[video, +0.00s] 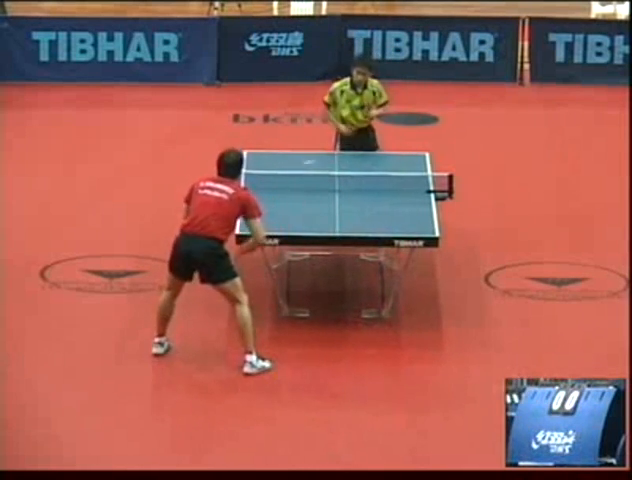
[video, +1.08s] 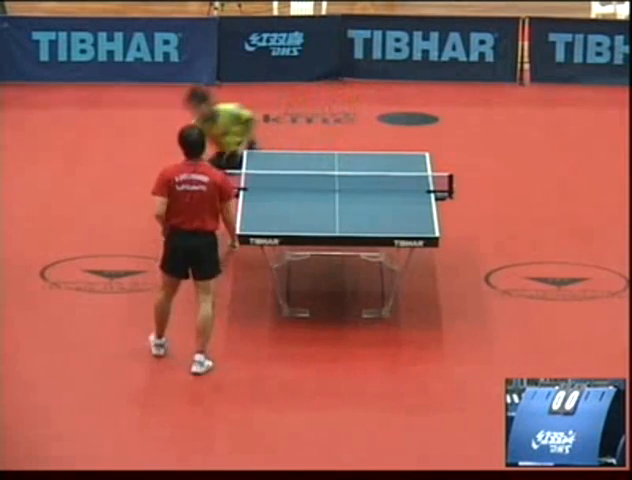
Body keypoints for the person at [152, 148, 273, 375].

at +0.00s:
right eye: (240, 168)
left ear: (218, 167)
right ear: (240, 170)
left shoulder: (200, 185)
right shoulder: (243, 196)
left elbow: (186, 215)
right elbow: (259, 238)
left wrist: (198, 231)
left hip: (184, 241)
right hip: (212, 246)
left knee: (171, 291)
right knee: (240, 300)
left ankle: (159, 339)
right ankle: (251, 357)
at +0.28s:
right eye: (217, 160)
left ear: (194, 162)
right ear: (218, 163)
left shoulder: (182, 185)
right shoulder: (229, 186)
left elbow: (169, 221)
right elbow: (238, 224)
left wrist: (186, 229)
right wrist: (224, 240)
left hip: (184, 240)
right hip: (212, 243)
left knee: (169, 289)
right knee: (237, 299)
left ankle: (160, 339)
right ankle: (251, 355)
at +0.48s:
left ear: (171, 156)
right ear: (193, 153)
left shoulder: (162, 180)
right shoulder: (210, 176)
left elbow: (149, 216)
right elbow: (223, 214)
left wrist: (164, 232)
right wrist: (213, 235)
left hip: (173, 234)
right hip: (201, 233)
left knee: (165, 286)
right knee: (222, 294)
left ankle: (159, 338)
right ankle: (242, 349)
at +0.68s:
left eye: (167, 145)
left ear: (165, 148)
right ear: (186, 143)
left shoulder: (156, 173)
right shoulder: (205, 168)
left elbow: (141, 209)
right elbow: (220, 206)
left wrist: (152, 226)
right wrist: (211, 228)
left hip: (170, 230)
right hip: (198, 229)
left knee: (163, 286)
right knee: (212, 289)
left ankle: (159, 339)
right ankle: (211, 345)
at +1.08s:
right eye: (202, 143)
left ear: (181, 147)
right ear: (204, 146)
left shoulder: (169, 174)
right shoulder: (218, 177)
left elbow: (160, 210)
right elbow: (228, 213)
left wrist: (167, 228)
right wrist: (234, 238)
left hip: (176, 237)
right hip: (205, 239)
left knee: (167, 292)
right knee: (205, 296)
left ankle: (159, 340)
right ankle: (201, 355)